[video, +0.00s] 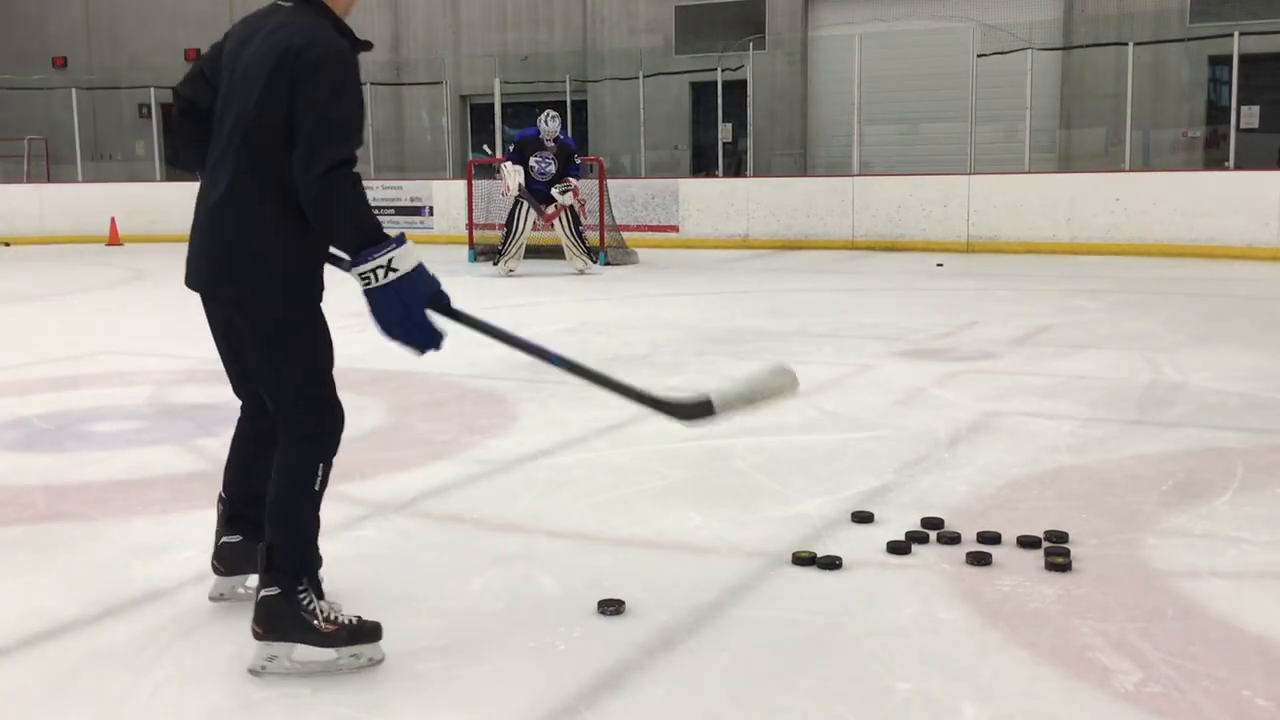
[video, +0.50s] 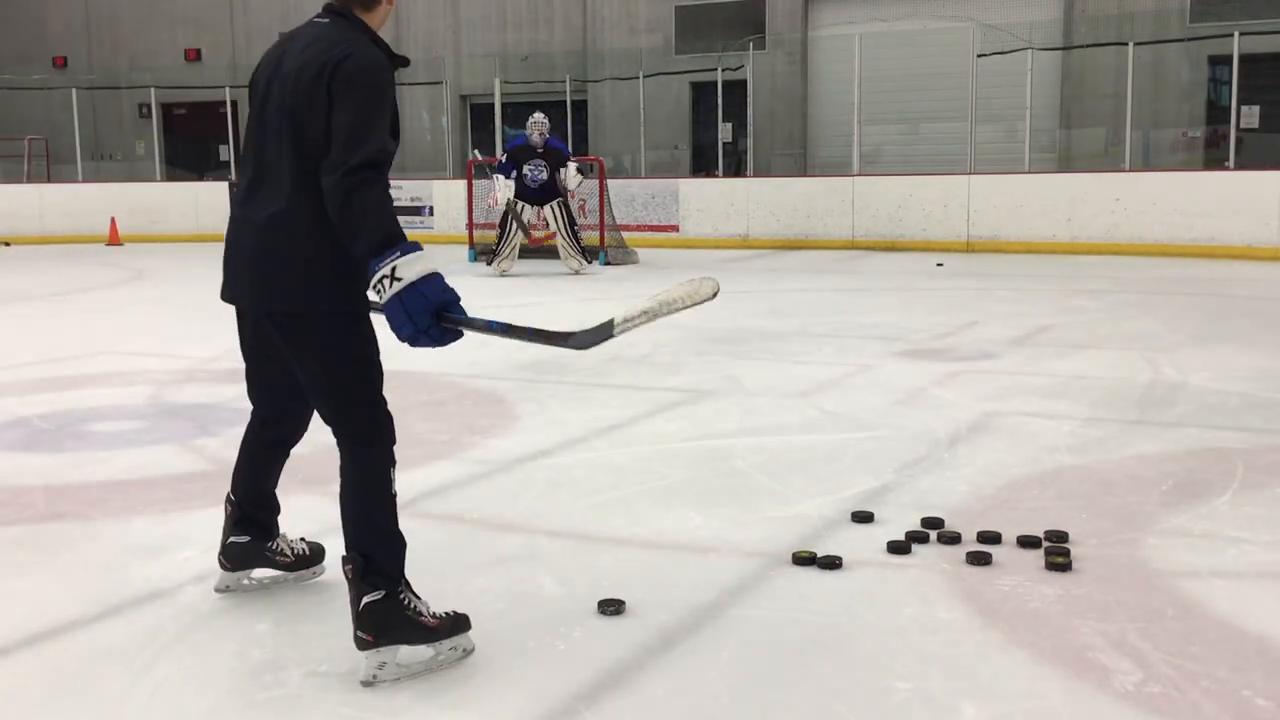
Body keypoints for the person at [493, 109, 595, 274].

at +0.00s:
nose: (550, 137)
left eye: (553, 133)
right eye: (546, 133)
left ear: (559, 129)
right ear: (539, 128)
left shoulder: (566, 144)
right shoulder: (524, 139)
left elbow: (574, 170)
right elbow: (511, 161)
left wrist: (568, 187)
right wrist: (513, 177)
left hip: (557, 195)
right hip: (529, 194)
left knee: (571, 230)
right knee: (516, 229)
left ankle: (584, 264)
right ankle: (505, 265)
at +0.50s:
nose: (536, 133)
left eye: (541, 130)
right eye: (533, 130)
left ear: (546, 131)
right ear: (528, 131)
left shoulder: (556, 149)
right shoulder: (517, 148)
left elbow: (569, 181)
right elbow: (503, 171)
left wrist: (574, 176)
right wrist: (501, 190)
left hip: (552, 197)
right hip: (523, 197)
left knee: (566, 229)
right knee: (511, 231)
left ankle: (578, 263)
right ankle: (501, 264)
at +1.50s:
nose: (538, 155)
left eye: (541, 151)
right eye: (534, 151)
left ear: (547, 152)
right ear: (528, 153)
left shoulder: (556, 170)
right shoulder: (516, 169)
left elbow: (569, 195)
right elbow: (500, 191)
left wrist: (580, 186)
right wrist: (501, 211)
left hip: (549, 209)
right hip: (523, 209)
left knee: (565, 236)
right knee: (510, 237)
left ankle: (584, 263)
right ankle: (491, 265)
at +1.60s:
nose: (538, 158)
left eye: (541, 154)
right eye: (534, 154)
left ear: (548, 156)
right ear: (528, 156)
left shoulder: (556, 174)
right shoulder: (516, 171)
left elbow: (565, 197)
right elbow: (500, 191)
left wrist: (573, 204)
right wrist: (512, 210)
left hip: (549, 217)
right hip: (522, 217)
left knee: (565, 241)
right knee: (512, 243)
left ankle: (587, 264)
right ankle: (493, 266)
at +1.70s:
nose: (536, 164)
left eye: (540, 160)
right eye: (532, 160)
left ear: (547, 160)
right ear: (527, 161)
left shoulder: (556, 180)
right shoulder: (518, 178)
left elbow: (564, 203)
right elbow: (501, 196)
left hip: (549, 224)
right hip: (524, 225)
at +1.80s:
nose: (532, 177)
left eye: (536, 173)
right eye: (529, 173)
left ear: (543, 172)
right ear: (523, 172)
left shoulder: (554, 189)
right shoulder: (515, 187)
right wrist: (502, 218)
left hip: (546, 235)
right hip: (520, 236)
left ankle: (591, 263)